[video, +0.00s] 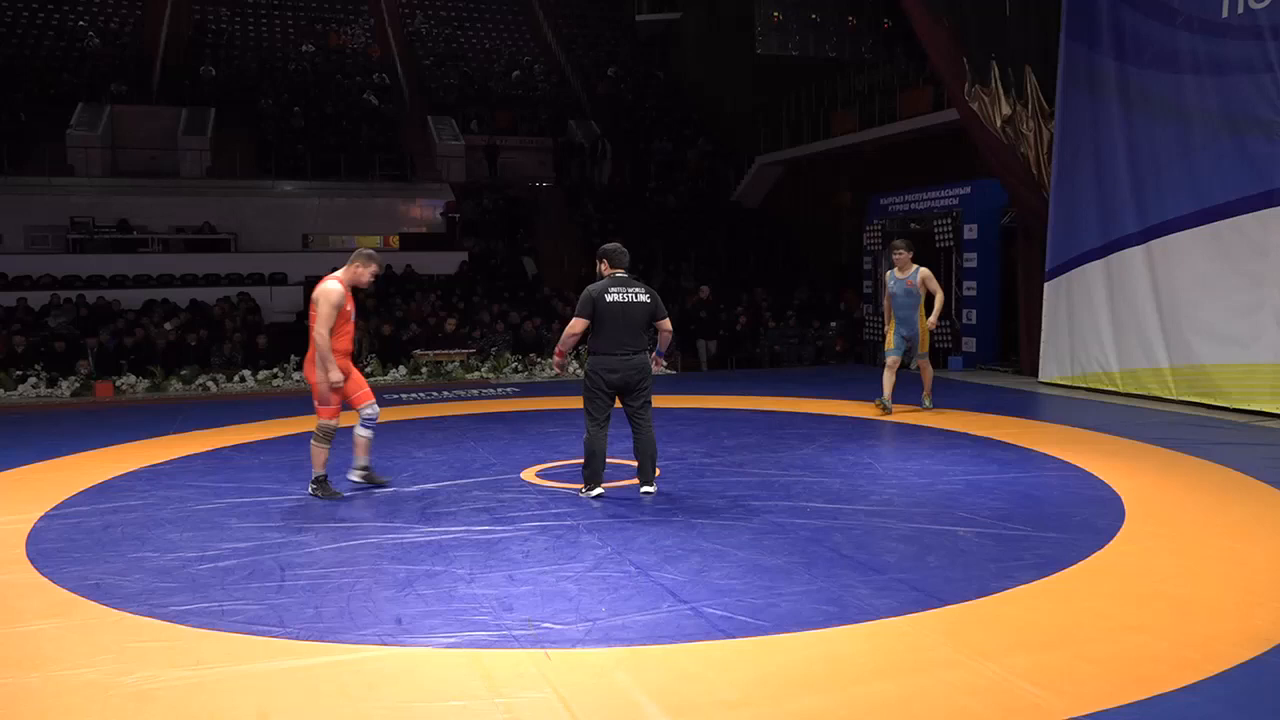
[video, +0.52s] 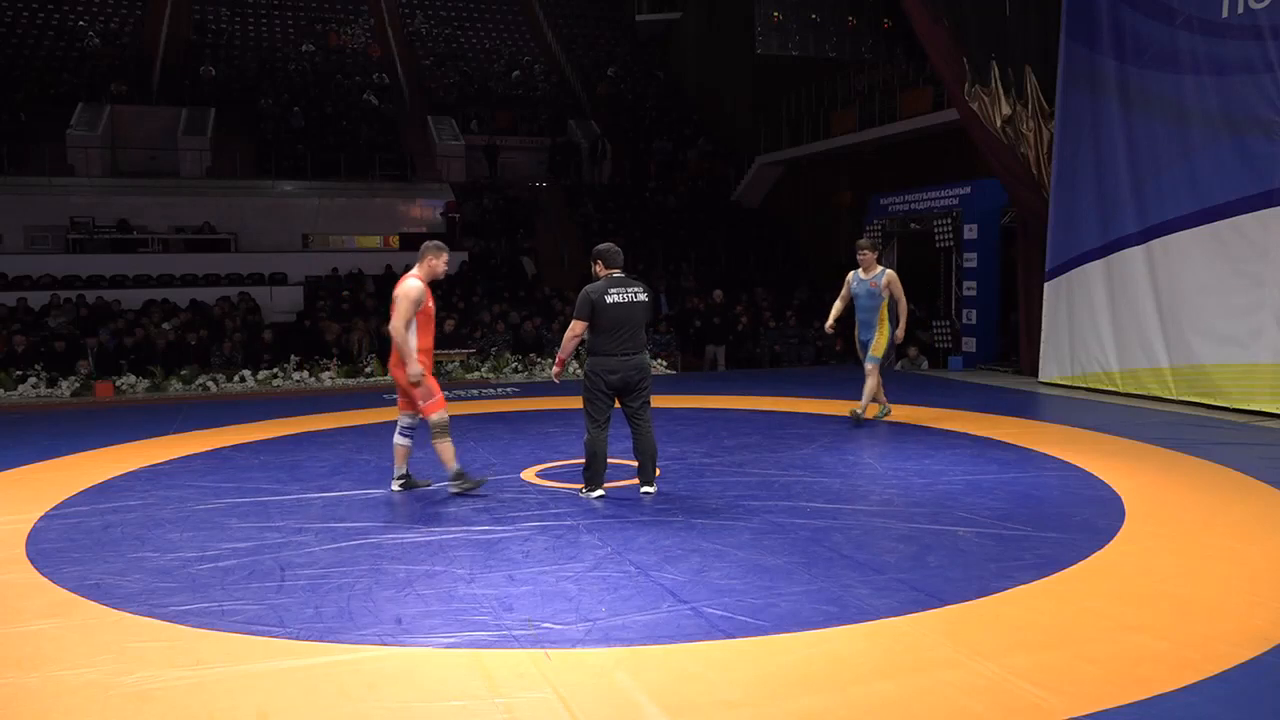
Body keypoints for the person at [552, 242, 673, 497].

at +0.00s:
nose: (598, 268)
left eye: (598, 265)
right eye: (598, 264)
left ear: (605, 265)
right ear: (625, 265)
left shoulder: (594, 292)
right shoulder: (646, 292)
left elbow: (575, 329)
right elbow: (666, 328)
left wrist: (561, 352)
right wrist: (659, 354)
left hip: (601, 366)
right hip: (637, 365)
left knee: (596, 425)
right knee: (642, 423)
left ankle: (593, 483)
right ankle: (647, 481)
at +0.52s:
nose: (593, 269)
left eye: (593, 266)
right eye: (593, 265)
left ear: (600, 265)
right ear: (620, 264)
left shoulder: (591, 293)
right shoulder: (641, 290)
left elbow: (576, 332)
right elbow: (640, 324)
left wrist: (559, 362)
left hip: (601, 367)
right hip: (637, 365)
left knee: (597, 427)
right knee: (642, 422)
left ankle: (594, 485)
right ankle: (648, 481)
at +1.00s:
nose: (571, 271)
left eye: (571, 268)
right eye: (571, 268)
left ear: (576, 268)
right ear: (597, 264)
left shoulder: (577, 295)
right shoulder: (616, 286)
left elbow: (567, 338)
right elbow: (616, 324)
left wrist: (560, 362)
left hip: (592, 368)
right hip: (625, 364)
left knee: (593, 430)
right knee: (635, 421)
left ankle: (593, 487)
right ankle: (647, 479)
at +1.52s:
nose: (601, 263)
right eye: (602, 260)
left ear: (574, 266)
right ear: (601, 262)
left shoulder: (566, 295)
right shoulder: (619, 287)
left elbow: (553, 338)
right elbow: (621, 320)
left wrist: (558, 357)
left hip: (587, 367)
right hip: (623, 363)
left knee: (591, 428)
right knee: (635, 419)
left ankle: (593, 485)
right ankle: (647, 477)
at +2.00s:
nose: (622, 262)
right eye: (622, 259)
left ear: (595, 264)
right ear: (620, 262)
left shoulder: (581, 292)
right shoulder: (638, 289)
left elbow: (568, 332)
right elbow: (660, 322)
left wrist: (563, 363)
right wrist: (642, 315)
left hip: (596, 366)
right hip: (632, 363)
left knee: (596, 426)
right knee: (640, 421)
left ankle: (594, 484)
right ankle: (647, 479)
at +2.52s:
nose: (618, 263)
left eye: (618, 260)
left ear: (619, 262)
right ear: (646, 261)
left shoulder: (606, 288)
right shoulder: (661, 290)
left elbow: (589, 326)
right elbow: (663, 323)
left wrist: (608, 336)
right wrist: (641, 326)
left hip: (614, 362)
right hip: (650, 362)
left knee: (604, 422)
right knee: (650, 421)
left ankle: (597, 480)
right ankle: (650, 480)